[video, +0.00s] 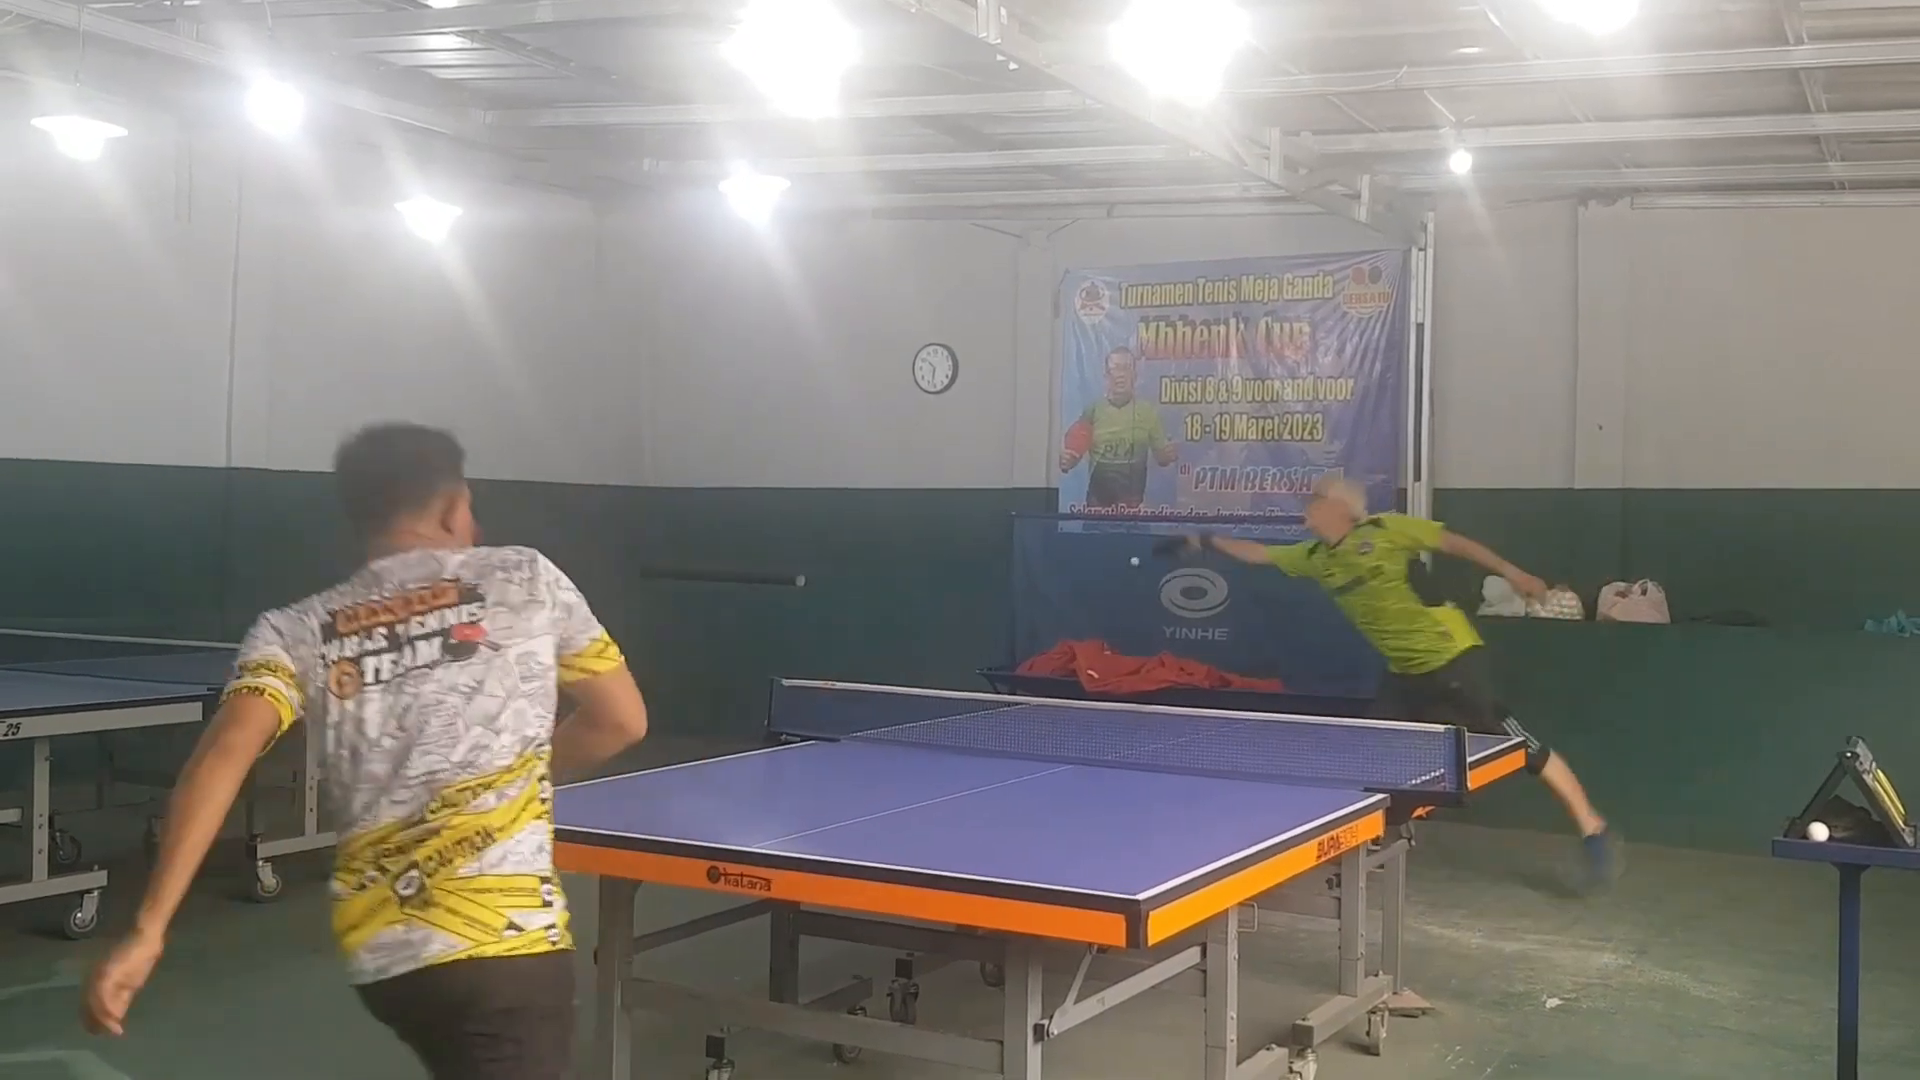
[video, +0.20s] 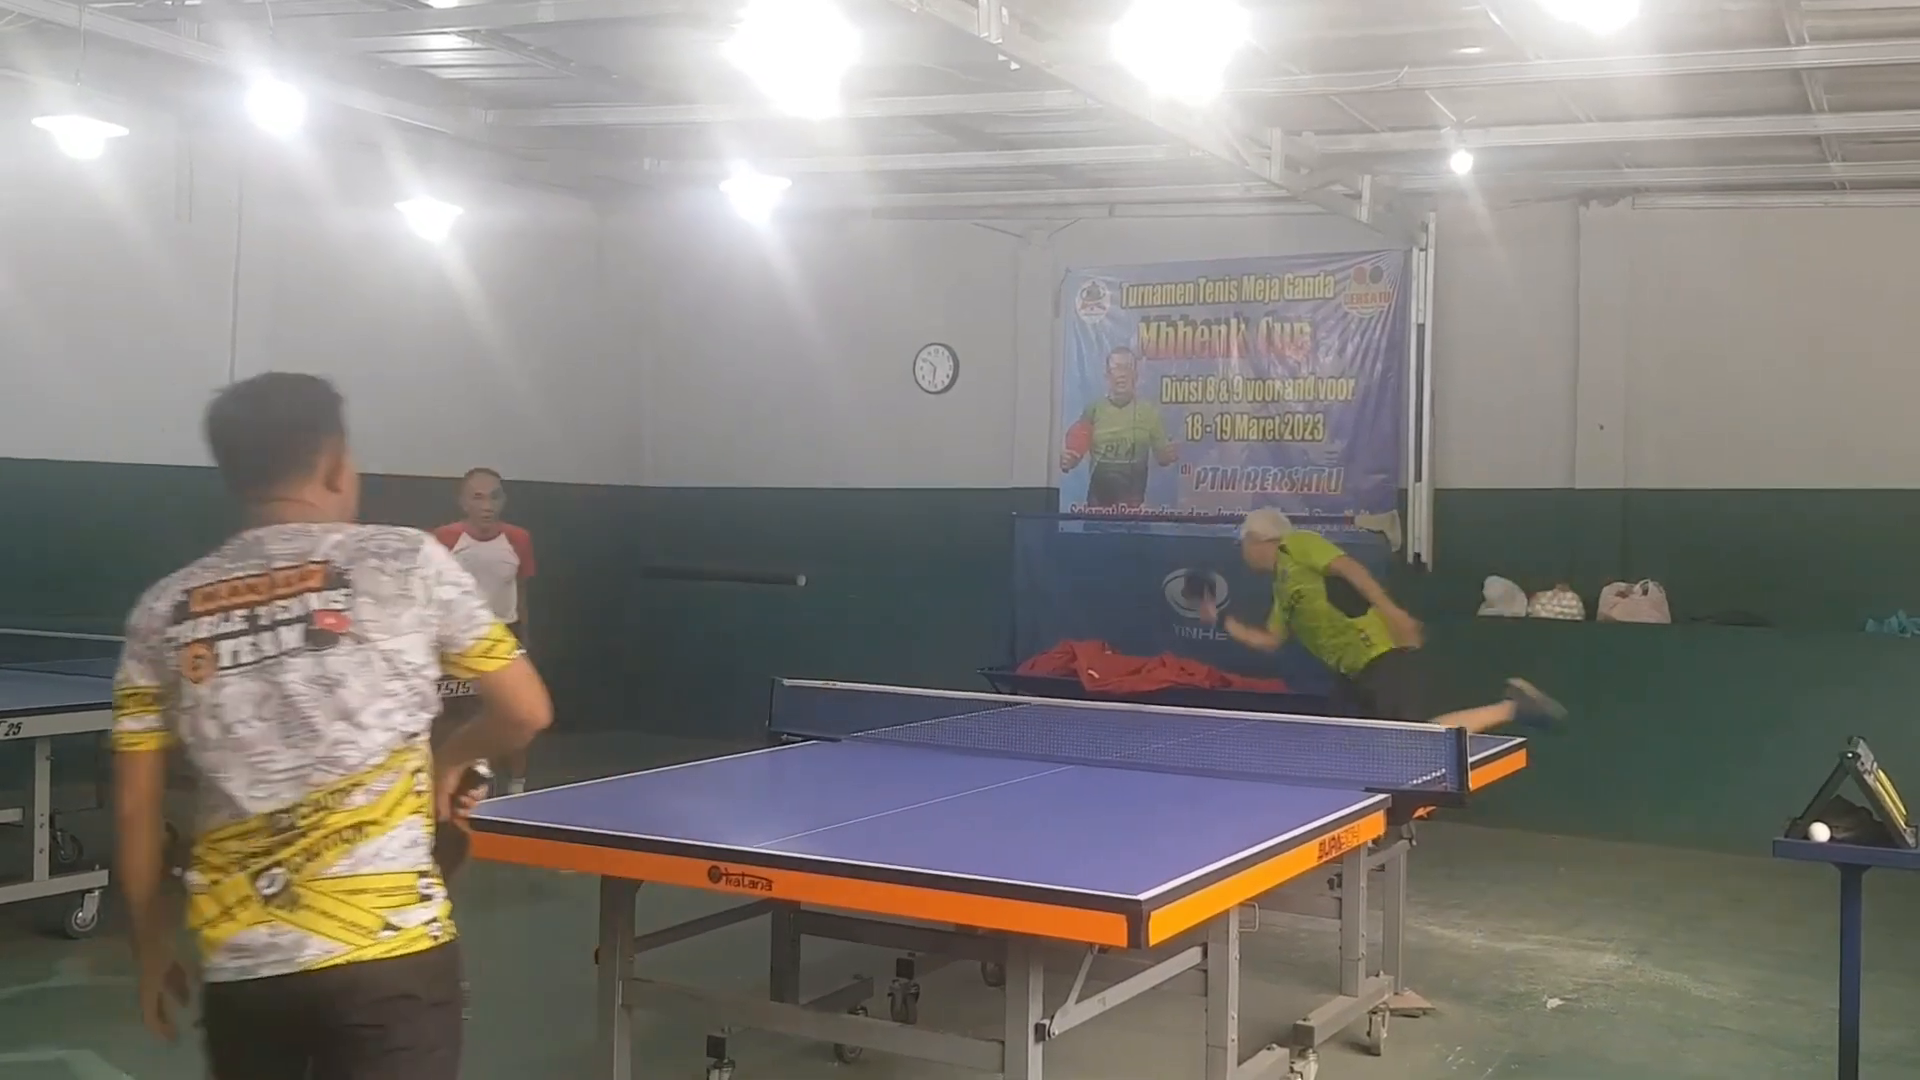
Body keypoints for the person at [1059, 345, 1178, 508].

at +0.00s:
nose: (1120, 375)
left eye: (1126, 369)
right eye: (1114, 369)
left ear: (1134, 374)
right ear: (1106, 374)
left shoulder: (1147, 412)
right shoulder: (1094, 411)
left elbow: (1161, 456)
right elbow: (1077, 445)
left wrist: (1168, 454)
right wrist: (1066, 460)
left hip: (1132, 498)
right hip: (1098, 499)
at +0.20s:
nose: (1121, 375)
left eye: (1126, 368)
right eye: (1115, 369)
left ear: (1135, 374)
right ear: (1107, 374)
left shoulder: (1148, 412)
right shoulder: (1094, 411)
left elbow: (1161, 456)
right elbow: (1078, 443)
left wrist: (1168, 454)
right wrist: (1068, 460)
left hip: (1133, 496)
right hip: (1099, 496)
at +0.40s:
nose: (1124, 376)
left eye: (1130, 369)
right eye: (1118, 369)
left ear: (1139, 374)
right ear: (1111, 375)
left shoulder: (1152, 412)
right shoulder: (1099, 410)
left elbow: (1166, 456)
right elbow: (1082, 445)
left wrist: (1173, 454)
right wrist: (1072, 460)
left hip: (1137, 496)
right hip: (1104, 496)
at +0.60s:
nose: (1116, 382)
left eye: (1122, 375)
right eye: (1110, 375)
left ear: (1131, 380)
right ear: (1103, 381)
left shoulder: (1143, 419)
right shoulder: (1091, 417)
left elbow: (1158, 462)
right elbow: (1073, 451)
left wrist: (1165, 460)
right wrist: (1063, 466)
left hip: (1129, 502)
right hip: (1096, 502)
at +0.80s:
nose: (1116, 381)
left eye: (1122, 374)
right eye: (1110, 375)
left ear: (1131, 380)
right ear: (1102, 380)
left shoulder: (1143, 418)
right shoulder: (1091, 417)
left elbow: (1158, 461)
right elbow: (1073, 450)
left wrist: (1165, 459)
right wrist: (1064, 466)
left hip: (1129, 503)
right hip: (1096, 503)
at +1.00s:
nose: (1117, 383)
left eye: (1122, 375)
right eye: (1111, 376)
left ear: (1132, 381)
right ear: (1103, 381)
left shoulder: (1144, 419)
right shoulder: (1092, 417)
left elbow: (1159, 462)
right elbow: (1074, 451)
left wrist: (1166, 459)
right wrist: (1065, 467)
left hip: (1130, 503)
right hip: (1096, 503)